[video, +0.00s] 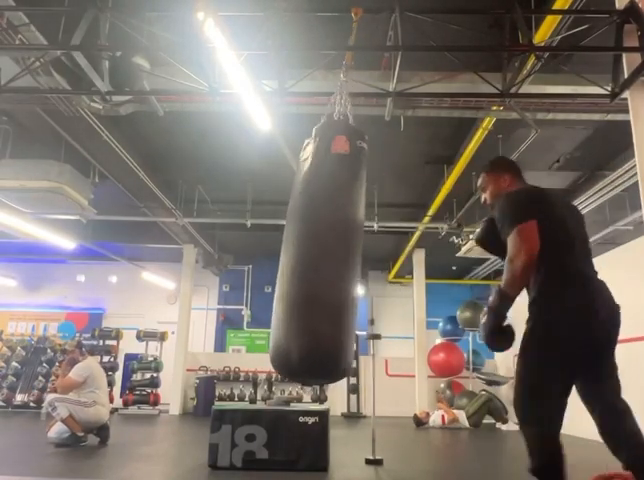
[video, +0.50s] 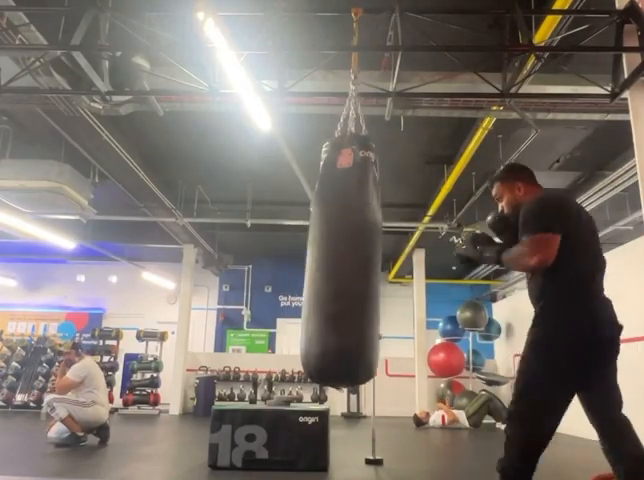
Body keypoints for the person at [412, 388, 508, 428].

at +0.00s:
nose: (424, 411)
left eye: (421, 411)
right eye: (422, 413)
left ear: (424, 417)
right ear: (424, 419)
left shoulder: (433, 415)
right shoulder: (434, 420)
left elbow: (451, 413)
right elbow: (453, 417)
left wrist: (443, 406)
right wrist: (443, 407)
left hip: (465, 413)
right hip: (468, 418)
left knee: (483, 394)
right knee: (487, 396)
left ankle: (501, 419)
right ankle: (504, 421)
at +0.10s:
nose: (423, 410)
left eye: (421, 411)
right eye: (421, 413)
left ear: (423, 417)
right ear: (423, 419)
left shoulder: (434, 416)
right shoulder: (434, 420)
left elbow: (451, 414)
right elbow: (453, 417)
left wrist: (444, 406)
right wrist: (443, 407)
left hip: (465, 413)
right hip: (468, 418)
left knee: (484, 397)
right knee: (486, 397)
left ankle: (501, 420)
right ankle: (504, 422)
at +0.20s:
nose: (424, 411)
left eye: (421, 411)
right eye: (422, 413)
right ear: (424, 419)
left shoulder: (433, 416)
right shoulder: (434, 420)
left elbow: (450, 413)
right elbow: (453, 417)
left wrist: (443, 405)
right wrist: (443, 407)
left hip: (464, 413)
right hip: (467, 418)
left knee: (484, 394)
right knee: (486, 397)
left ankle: (500, 419)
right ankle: (504, 422)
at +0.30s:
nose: (424, 411)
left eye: (421, 411)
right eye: (422, 413)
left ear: (424, 418)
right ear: (424, 419)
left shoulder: (434, 416)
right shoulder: (434, 420)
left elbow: (450, 413)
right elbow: (453, 418)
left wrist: (445, 405)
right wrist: (443, 407)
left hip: (464, 413)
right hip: (467, 418)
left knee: (484, 394)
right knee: (486, 397)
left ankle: (501, 419)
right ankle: (504, 422)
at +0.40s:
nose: (424, 411)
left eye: (421, 411)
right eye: (422, 413)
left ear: (423, 418)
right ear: (424, 419)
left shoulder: (433, 416)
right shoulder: (434, 420)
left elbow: (449, 413)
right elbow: (453, 418)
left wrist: (445, 404)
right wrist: (442, 407)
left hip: (464, 413)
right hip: (467, 418)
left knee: (483, 394)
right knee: (487, 396)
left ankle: (500, 419)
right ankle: (504, 421)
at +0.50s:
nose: (423, 411)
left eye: (421, 411)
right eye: (421, 413)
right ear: (424, 419)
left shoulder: (433, 416)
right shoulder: (434, 420)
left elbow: (450, 412)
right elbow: (452, 418)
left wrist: (443, 406)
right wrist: (443, 407)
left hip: (464, 413)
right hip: (468, 418)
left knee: (484, 394)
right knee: (487, 396)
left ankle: (501, 419)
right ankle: (505, 418)